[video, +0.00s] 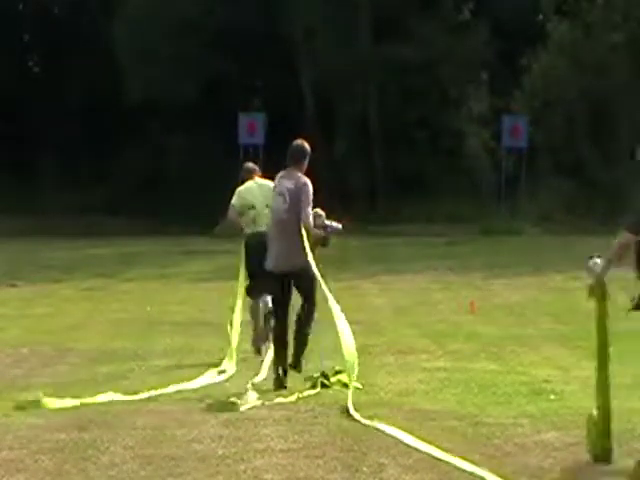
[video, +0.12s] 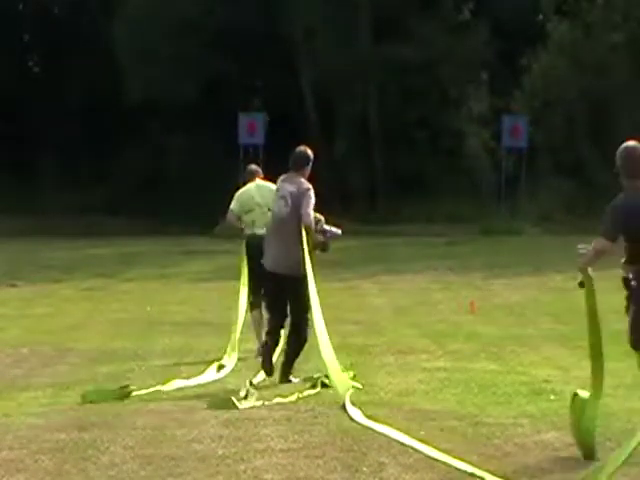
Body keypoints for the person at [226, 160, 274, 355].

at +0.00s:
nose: (246, 179)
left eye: (245, 176)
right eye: (251, 174)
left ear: (244, 176)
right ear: (259, 173)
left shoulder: (241, 191)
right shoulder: (272, 186)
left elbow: (232, 214)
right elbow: (281, 209)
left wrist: (243, 226)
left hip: (253, 235)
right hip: (273, 234)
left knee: (254, 281)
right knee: (269, 277)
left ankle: (257, 329)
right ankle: (269, 307)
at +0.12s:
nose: (254, 179)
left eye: (249, 177)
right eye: (256, 175)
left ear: (247, 177)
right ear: (261, 175)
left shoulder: (242, 193)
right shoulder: (274, 189)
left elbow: (231, 217)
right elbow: (283, 211)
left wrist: (243, 227)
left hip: (252, 238)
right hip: (274, 237)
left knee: (255, 290)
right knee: (274, 287)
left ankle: (260, 341)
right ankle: (273, 333)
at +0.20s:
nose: (260, 172)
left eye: (255, 169)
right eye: (261, 169)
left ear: (250, 171)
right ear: (265, 169)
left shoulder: (243, 185)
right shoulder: (276, 183)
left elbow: (231, 209)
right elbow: (285, 205)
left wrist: (242, 220)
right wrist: (280, 220)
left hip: (252, 230)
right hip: (274, 230)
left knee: (254, 272)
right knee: (272, 271)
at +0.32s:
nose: (259, 172)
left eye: (255, 169)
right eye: (262, 168)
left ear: (252, 170)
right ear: (267, 169)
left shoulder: (245, 184)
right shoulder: (278, 184)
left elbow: (234, 209)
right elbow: (286, 205)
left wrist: (246, 214)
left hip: (251, 226)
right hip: (271, 227)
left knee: (252, 265)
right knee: (268, 263)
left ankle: (253, 288)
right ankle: (265, 290)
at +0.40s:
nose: (253, 175)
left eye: (252, 172)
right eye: (257, 171)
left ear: (251, 172)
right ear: (265, 171)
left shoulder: (247, 188)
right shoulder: (277, 186)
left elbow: (238, 211)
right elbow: (287, 206)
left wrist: (250, 214)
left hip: (252, 233)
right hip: (272, 232)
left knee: (253, 271)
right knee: (268, 273)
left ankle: (254, 292)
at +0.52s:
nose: (247, 170)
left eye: (247, 167)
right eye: (249, 166)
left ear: (249, 167)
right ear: (261, 165)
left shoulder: (246, 182)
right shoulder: (276, 181)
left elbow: (239, 207)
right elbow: (288, 202)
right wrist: (284, 220)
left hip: (253, 227)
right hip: (271, 227)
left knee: (252, 276)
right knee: (267, 276)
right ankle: (267, 316)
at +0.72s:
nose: (256, 172)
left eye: (253, 169)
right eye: (260, 168)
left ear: (249, 170)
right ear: (264, 169)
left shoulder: (244, 186)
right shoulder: (274, 184)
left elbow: (233, 209)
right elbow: (286, 210)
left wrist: (247, 215)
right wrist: (275, 219)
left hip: (252, 230)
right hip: (270, 229)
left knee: (258, 271)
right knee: (269, 266)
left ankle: (261, 327)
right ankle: (265, 288)